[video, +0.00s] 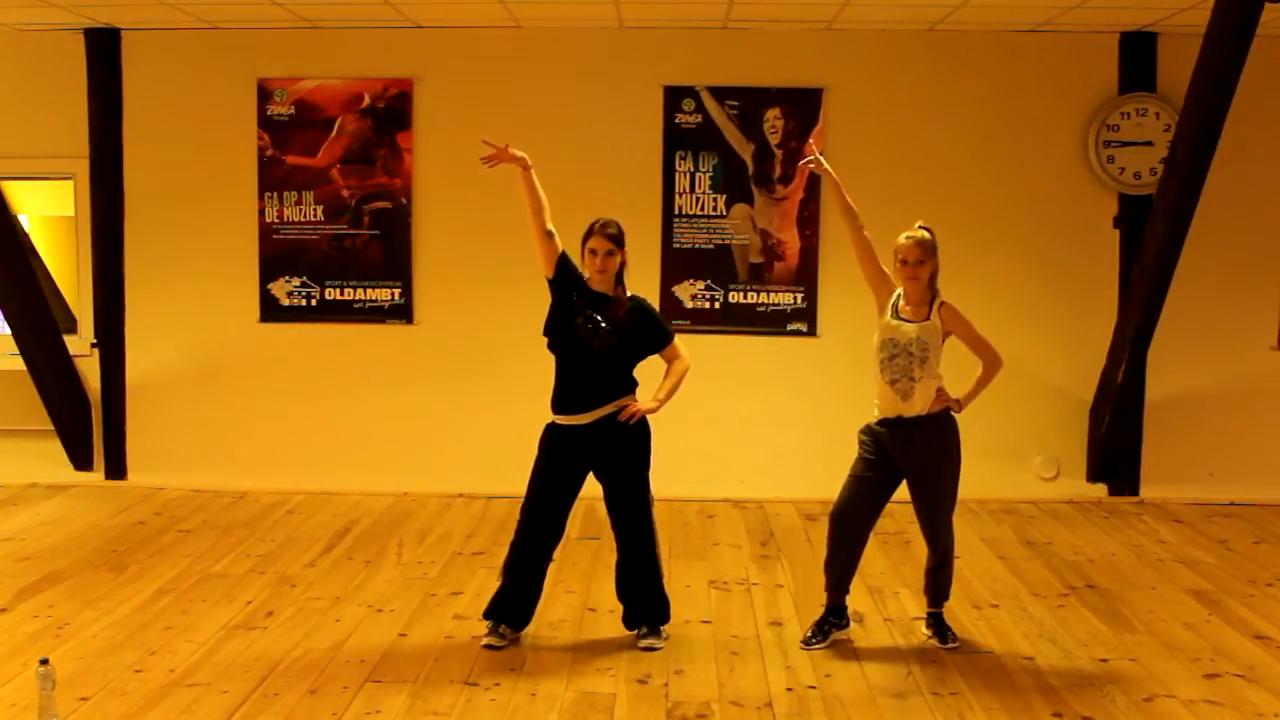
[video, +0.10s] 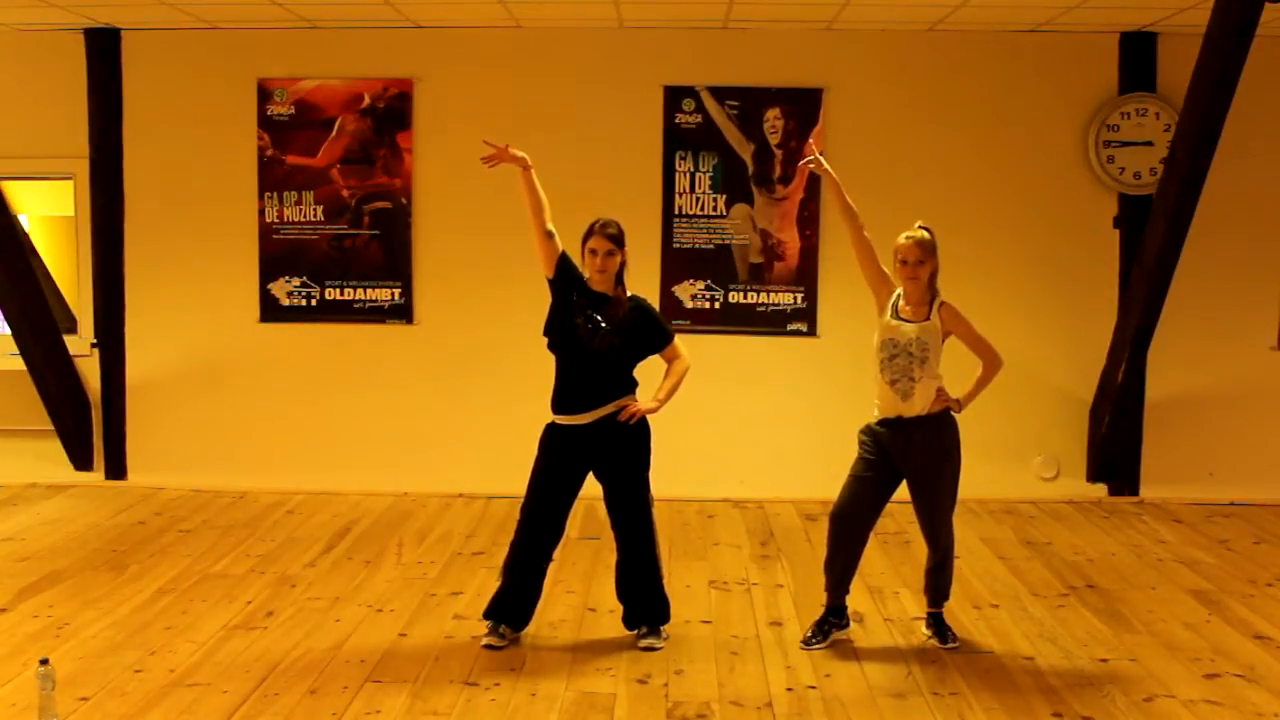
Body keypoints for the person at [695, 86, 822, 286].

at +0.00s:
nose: (771, 125)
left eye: (777, 119)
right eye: (766, 121)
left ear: (790, 124)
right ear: (762, 127)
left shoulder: (803, 156)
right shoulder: (753, 154)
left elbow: (825, 124)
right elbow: (723, 122)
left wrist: (830, 86)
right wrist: (701, 89)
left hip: (786, 243)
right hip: (757, 240)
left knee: (776, 307)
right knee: (739, 210)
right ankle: (743, 286)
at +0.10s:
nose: (771, 125)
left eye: (777, 119)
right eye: (766, 121)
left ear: (789, 124)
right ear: (762, 127)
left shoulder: (803, 156)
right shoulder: (753, 154)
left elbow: (825, 123)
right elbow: (723, 121)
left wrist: (830, 86)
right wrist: (701, 89)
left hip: (787, 243)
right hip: (757, 239)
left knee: (776, 305)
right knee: (739, 210)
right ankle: (743, 285)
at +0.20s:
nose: (771, 125)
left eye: (777, 119)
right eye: (766, 121)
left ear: (789, 124)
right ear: (762, 127)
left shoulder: (803, 156)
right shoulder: (753, 154)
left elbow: (825, 123)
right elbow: (723, 122)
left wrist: (830, 86)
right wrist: (701, 89)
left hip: (787, 243)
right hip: (757, 239)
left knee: (776, 305)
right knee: (739, 210)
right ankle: (743, 285)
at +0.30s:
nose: (771, 125)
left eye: (777, 119)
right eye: (766, 121)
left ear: (790, 124)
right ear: (762, 127)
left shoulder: (803, 156)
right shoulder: (753, 154)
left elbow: (825, 124)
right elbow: (723, 121)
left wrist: (829, 86)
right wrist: (701, 89)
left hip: (786, 242)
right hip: (757, 239)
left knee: (776, 306)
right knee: (739, 210)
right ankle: (743, 286)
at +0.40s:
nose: (771, 125)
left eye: (777, 119)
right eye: (766, 121)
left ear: (790, 124)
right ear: (762, 127)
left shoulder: (803, 156)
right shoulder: (753, 154)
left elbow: (825, 124)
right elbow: (723, 121)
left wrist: (829, 86)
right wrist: (701, 89)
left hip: (786, 242)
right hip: (757, 239)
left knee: (776, 306)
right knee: (739, 210)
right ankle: (743, 286)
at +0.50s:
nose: (771, 125)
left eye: (777, 119)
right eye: (766, 121)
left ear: (789, 124)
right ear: (762, 127)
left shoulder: (803, 156)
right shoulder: (753, 154)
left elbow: (824, 124)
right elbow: (723, 122)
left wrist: (829, 87)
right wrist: (701, 89)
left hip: (786, 242)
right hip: (757, 239)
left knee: (776, 305)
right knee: (739, 210)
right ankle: (743, 284)